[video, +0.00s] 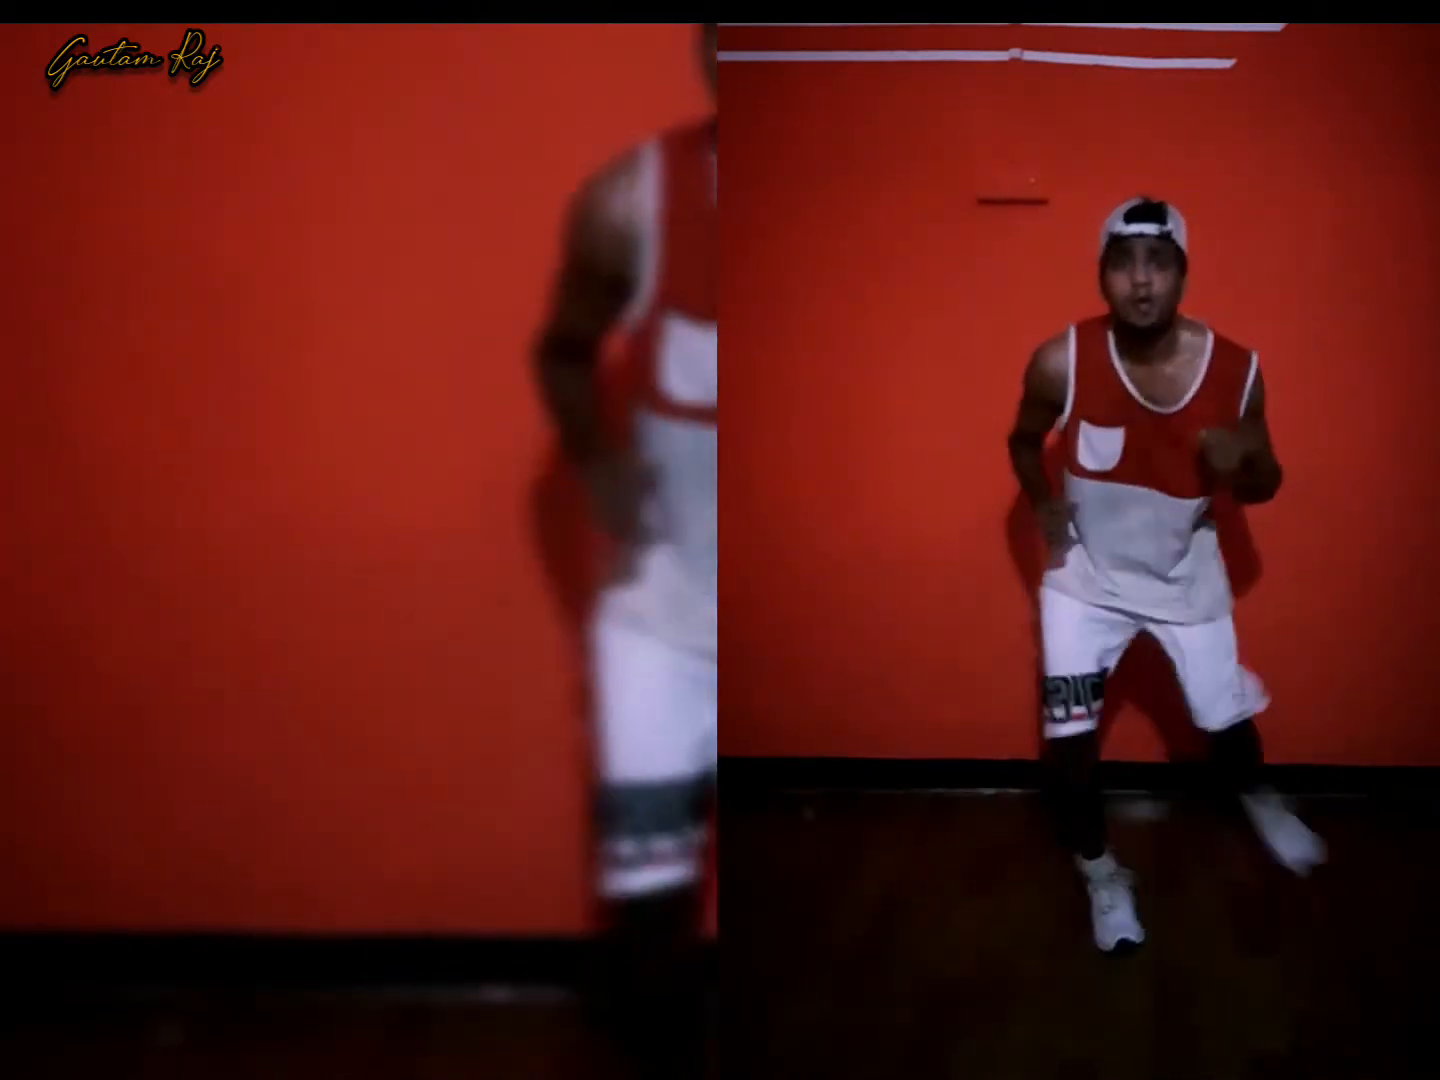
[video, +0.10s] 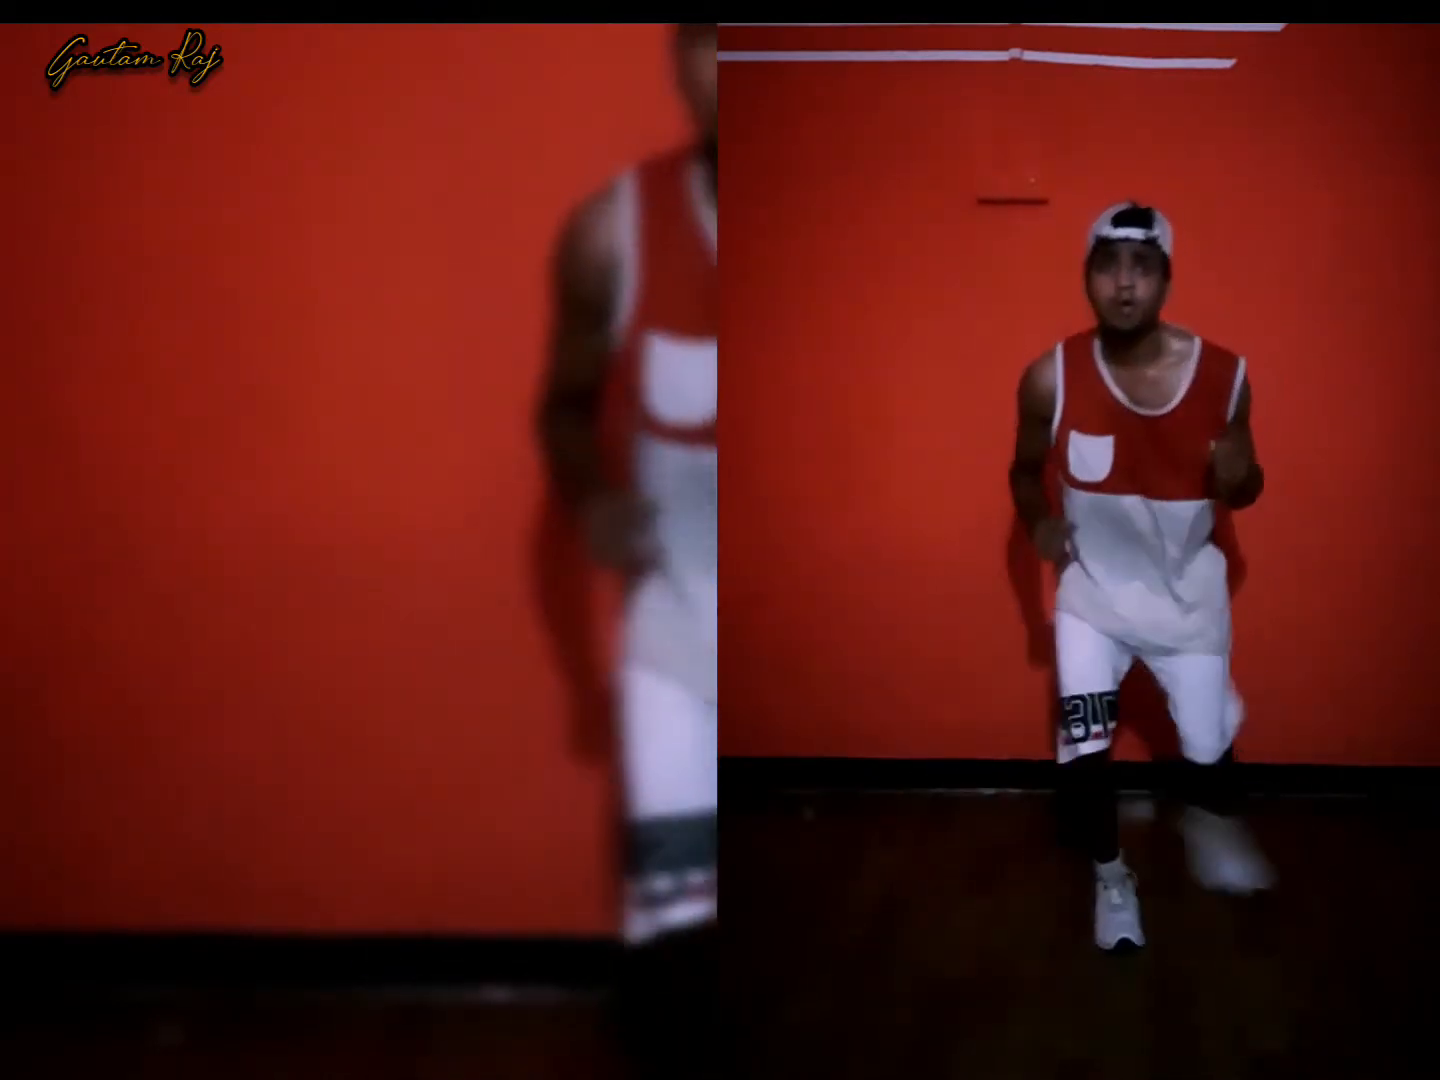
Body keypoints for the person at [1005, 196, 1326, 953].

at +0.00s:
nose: (1142, 280)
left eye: (1159, 263)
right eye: (1126, 263)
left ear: (1183, 276)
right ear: (1103, 277)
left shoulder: (1234, 370)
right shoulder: (1064, 361)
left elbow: (1265, 483)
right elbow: (1026, 441)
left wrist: (1241, 461)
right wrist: (1047, 506)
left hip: (1188, 576)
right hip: (1088, 571)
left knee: (1228, 727)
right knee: (1068, 744)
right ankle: (1101, 878)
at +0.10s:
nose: (1124, 284)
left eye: (1141, 268)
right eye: (1109, 266)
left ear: (1166, 281)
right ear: (1088, 280)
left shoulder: (1220, 375)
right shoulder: (1053, 378)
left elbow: (1244, 489)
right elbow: (1027, 469)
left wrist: (1230, 465)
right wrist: (1041, 520)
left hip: (1189, 589)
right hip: (1093, 586)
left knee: (1208, 750)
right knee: (1083, 748)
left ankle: (1208, 824)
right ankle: (1110, 883)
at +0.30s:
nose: (1119, 260)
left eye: (1136, 242)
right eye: (1103, 243)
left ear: (1163, 256)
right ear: (1083, 259)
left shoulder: (1230, 335)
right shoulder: (1063, 360)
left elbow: (1283, 417)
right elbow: (1053, 451)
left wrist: (1241, 447)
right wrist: (1041, 498)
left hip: (1216, 556)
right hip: (1118, 563)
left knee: (1234, 686)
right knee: (1100, 721)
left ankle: (1175, 618)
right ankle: (1114, 878)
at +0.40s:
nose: (1140, 251)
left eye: (1159, 235)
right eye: (1125, 234)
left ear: (1184, 248)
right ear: (1105, 248)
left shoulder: (1242, 334)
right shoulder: (1071, 345)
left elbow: (1298, 425)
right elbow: (1070, 427)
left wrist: (1263, 431)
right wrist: (1056, 467)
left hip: (1227, 531)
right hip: (1128, 545)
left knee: (1278, 660)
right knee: (1127, 707)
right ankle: (1165, 853)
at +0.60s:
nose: (1133, 283)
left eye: (1149, 266)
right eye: (1118, 266)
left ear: (1174, 278)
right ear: (1098, 283)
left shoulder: (1241, 357)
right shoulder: (1080, 392)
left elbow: (1282, 452)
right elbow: (1062, 498)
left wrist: (1277, 487)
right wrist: (1060, 541)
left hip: (1256, 590)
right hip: (1158, 601)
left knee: (1276, 763)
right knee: (1160, 763)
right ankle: (1195, 865)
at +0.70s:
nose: (1134, 269)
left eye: (1150, 252)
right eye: (1118, 254)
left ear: (1177, 262)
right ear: (1101, 273)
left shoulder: (1250, 327)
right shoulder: (1094, 383)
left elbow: (1310, 414)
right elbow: (1076, 488)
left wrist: (1284, 457)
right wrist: (1064, 514)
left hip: (1266, 566)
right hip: (1173, 585)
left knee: (1279, 711)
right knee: (1161, 733)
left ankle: (1201, 665)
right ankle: (1194, 861)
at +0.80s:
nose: (1160, 245)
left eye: (1177, 228)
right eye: (1143, 230)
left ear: (1204, 240)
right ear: (1125, 248)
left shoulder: (1271, 312)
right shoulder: (1106, 354)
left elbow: (1332, 394)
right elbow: (1092, 451)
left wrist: (1302, 421)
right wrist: (1080, 478)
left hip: (1281, 522)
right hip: (1182, 551)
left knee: (1336, 643)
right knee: (1182, 710)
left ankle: (1256, 615)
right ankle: (1201, 849)